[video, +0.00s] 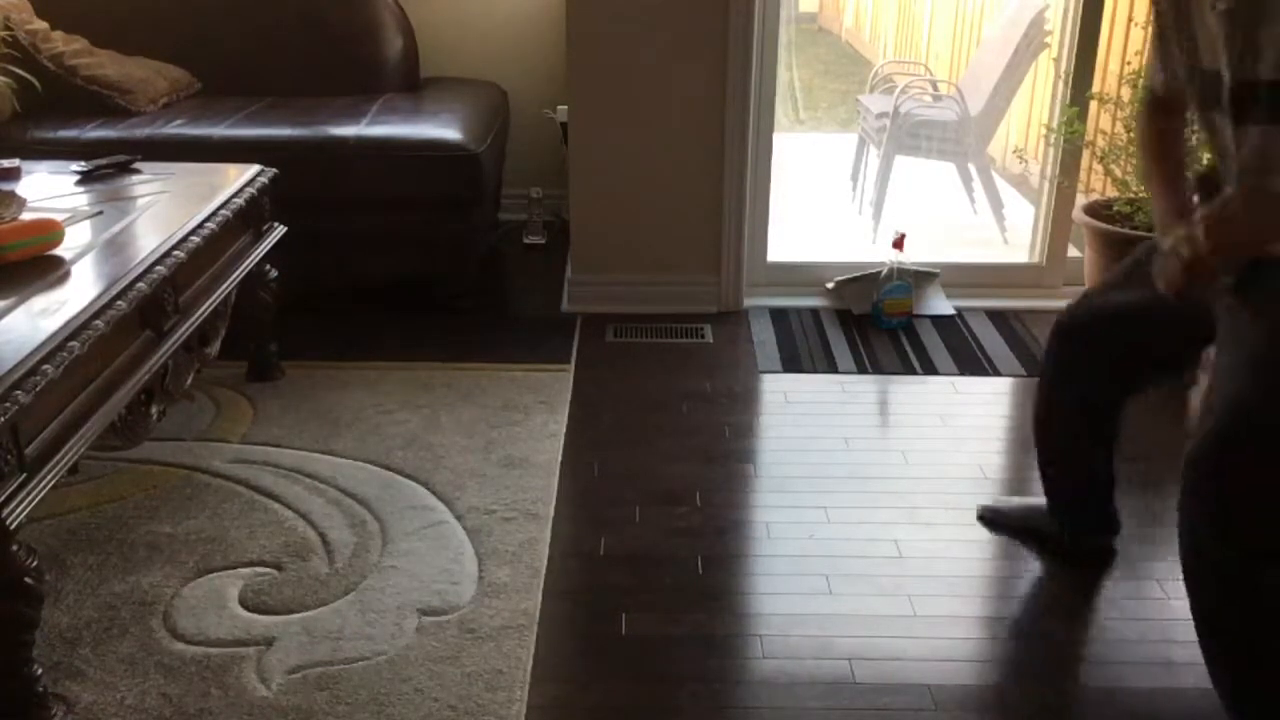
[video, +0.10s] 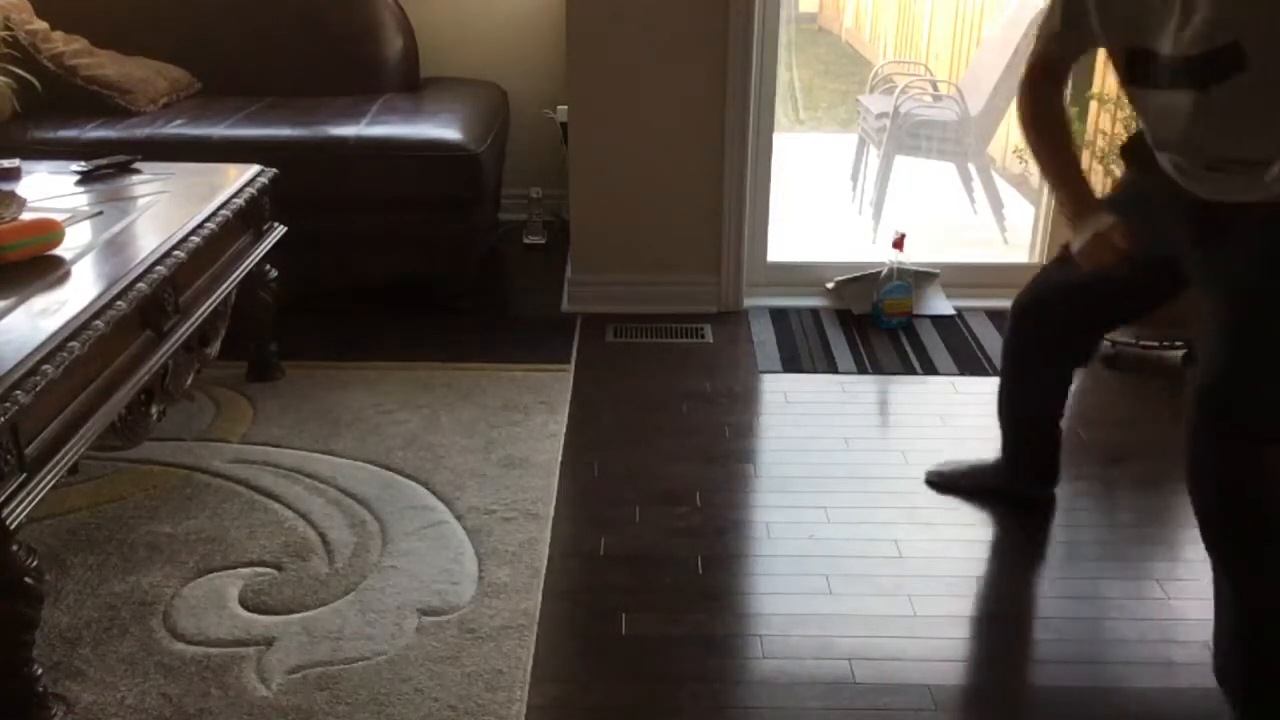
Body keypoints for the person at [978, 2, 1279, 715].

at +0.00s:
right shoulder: (1182, 7)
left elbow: (1266, 191)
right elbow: (1163, 103)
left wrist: (1207, 238)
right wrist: (1172, 223)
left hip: (1275, 256)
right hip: (1219, 231)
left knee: (1224, 486)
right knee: (1085, 335)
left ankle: (1257, 699)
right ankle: (1079, 527)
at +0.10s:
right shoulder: (1100, 4)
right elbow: (1040, 84)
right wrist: (1079, 209)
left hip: (1262, 212)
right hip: (1167, 190)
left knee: (1231, 448)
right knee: (1042, 315)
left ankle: (1255, 685)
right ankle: (1026, 476)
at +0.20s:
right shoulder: (1052, 7)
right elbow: (1001, 114)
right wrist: (1024, 255)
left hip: (1248, 161)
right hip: (1133, 146)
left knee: (1199, 381)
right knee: (1016, 304)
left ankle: (1215, 627)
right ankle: (999, 454)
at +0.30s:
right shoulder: (1034, 6)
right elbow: (1006, 109)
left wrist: (1277, 134)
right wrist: (1014, 258)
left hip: (1234, 139)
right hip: (1112, 120)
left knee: (1171, 340)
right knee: (1014, 281)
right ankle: (978, 437)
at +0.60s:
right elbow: (1070, 41)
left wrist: (1272, 170)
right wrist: (1037, 166)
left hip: (1237, 129)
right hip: (1124, 109)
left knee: (1187, 322)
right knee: (1024, 275)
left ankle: (1178, 489)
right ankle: (930, 411)